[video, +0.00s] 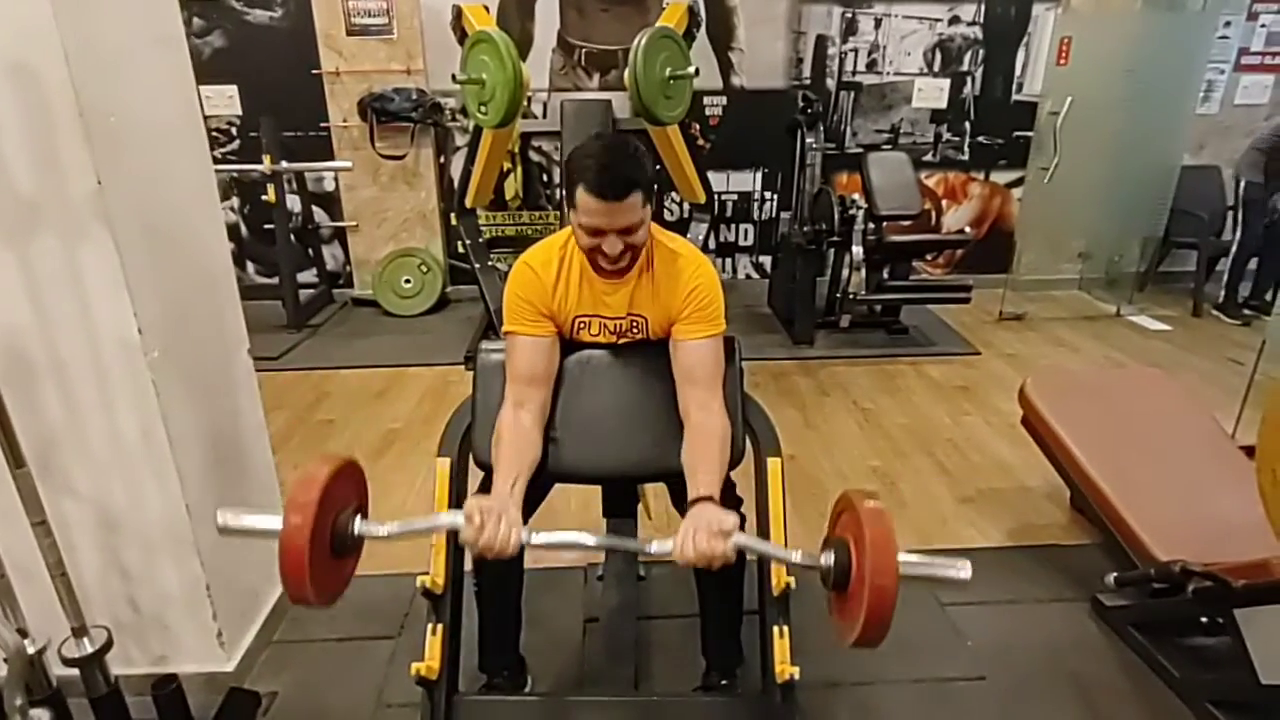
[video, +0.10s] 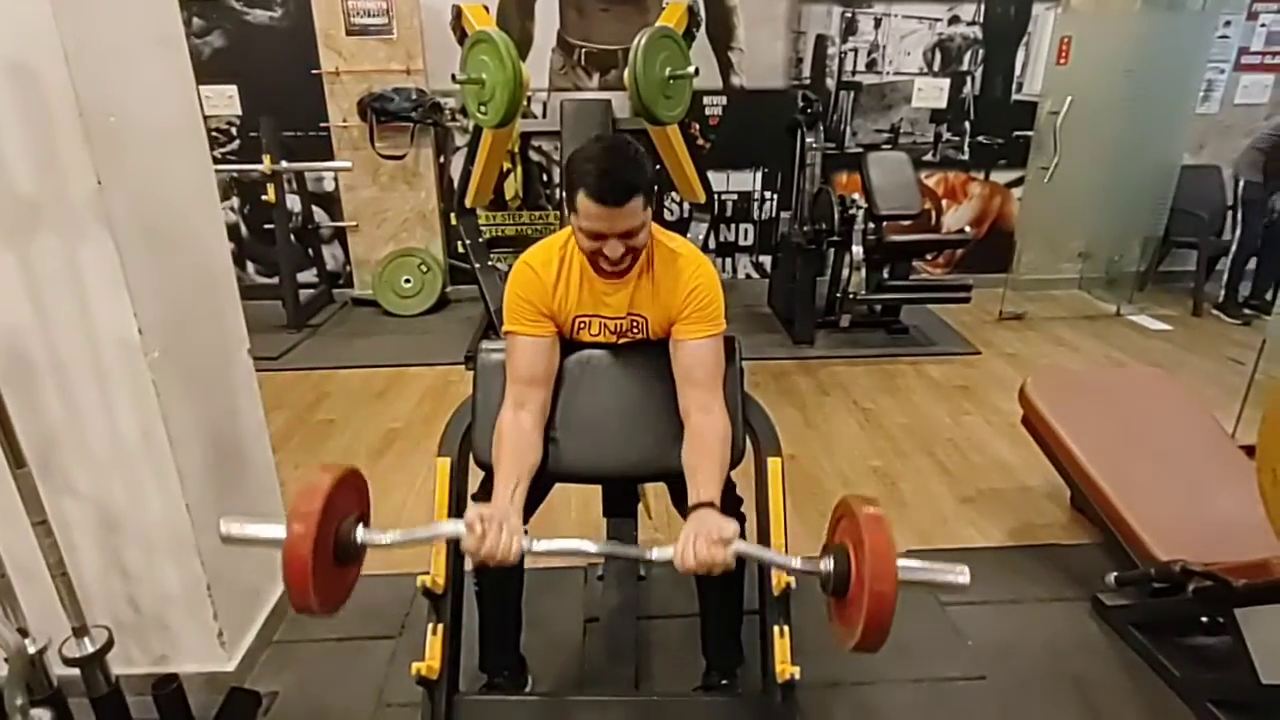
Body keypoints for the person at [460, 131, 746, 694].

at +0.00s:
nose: (612, 248)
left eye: (628, 231)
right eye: (593, 233)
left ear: (649, 209)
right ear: (570, 211)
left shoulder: (689, 273)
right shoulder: (536, 272)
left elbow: (703, 404)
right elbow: (523, 403)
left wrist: (705, 501)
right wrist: (503, 495)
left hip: (663, 416)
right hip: (563, 417)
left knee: (721, 518)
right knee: (492, 518)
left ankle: (723, 673)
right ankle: (501, 675)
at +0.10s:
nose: (613, 251)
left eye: (629, 234)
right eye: (594, 236)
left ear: (651, 210)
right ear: (570, 213)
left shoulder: (689, 273)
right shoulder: (536, 272)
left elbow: (704, 407)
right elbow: (523, 404)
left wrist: (706, 506)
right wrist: (503, 502)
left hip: (664, 417)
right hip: (564, 417)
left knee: (723, 518)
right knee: (492, 518)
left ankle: (723, 673)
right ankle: (502, 675)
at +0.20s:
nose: (620, 260)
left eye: (635, 244)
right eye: (602, 247)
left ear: (653, 216)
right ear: (573, 221)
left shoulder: (690, 275)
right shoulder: (537, 273)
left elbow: (705, 410)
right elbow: (524, 406)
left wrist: (705, 524)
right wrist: (506, 525)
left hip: (663, 418)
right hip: (565, 417)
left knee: (723, 518)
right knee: (488, 521)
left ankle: (723, 675)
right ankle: (503, 677)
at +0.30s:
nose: (620, 261)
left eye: (635, 245)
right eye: (602, 248)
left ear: (653, 217)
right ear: (572, 221)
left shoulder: (689, 275)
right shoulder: (536, 274)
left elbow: (704, 409)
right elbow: (524, 406)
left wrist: (703, 528)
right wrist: (506, 530)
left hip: (661, 416)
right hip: (564, 415)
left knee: (723, 516)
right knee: (487, 518)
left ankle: (721, 675)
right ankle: (502, 676)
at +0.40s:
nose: (631, 262)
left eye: (644, 244)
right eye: (611, 251)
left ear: (657, 217)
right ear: (578, 225)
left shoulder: (691, 272)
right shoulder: (540, 273)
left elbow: (707, 410)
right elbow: (526, 407)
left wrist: (708, 535)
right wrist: (515, 539)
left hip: (661, 411)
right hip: (567, 410)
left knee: (727, 511)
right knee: (490, 512)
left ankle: (726, 671)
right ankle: (505, 673)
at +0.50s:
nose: (633, 261)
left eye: (645, 244)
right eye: (612, 251)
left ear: (658, 216)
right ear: (579, 226)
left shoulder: (691, 272)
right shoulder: (541, 273)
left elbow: (708, 410)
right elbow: (527, 407)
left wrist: (709, 537)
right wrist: (518, 540)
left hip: (662, 410)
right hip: (567, 409)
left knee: (728, 509)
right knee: (491, 510)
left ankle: (726, 671)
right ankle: (506, 671)